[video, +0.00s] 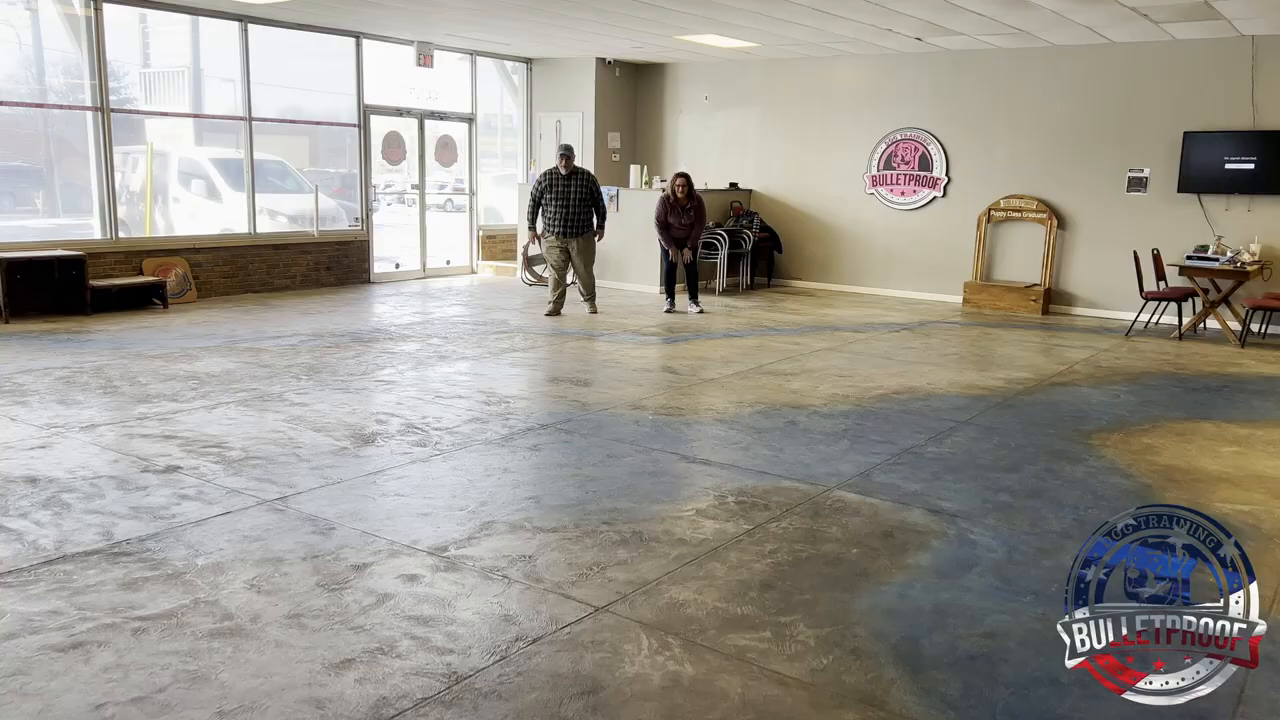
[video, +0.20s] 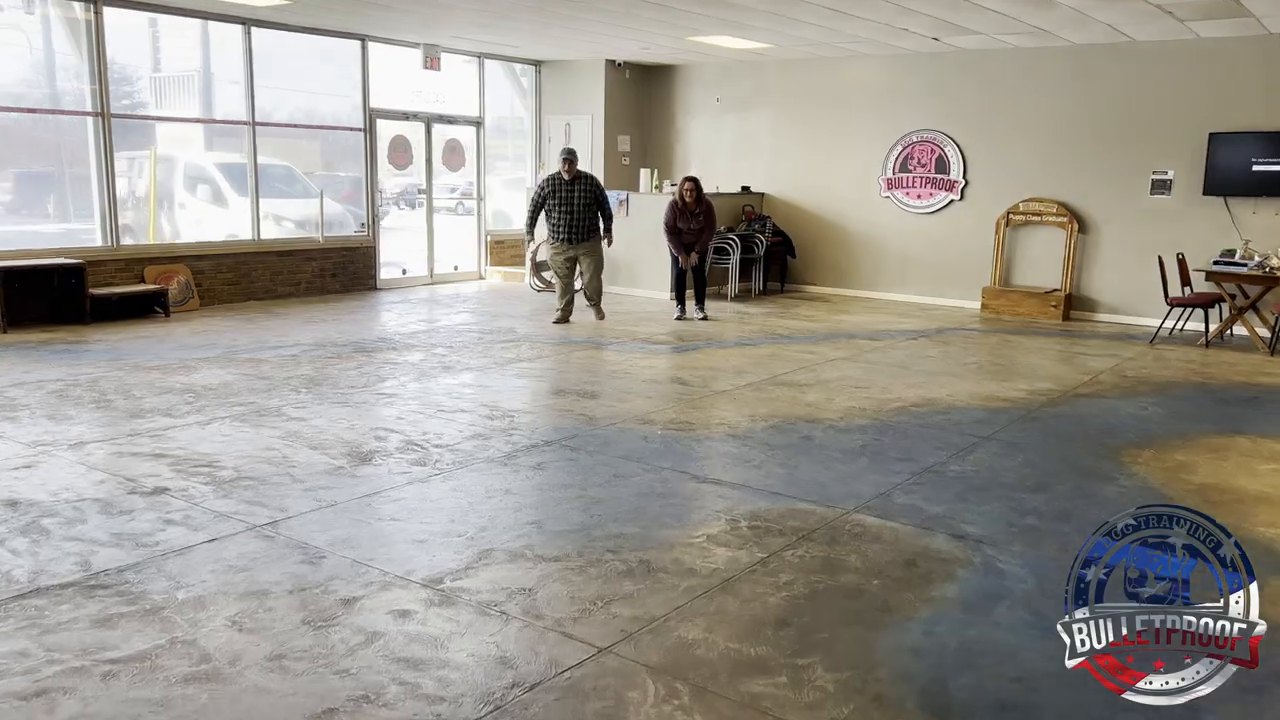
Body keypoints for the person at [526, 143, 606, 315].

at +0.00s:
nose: (564, 161)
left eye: (567, 158)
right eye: (561, 158)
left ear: (574, 159)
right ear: (556, 159)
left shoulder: (587, 178)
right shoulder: (546, 178)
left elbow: (599, 203)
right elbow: (533, 202)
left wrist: (600, 225)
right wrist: (531, 228)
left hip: (582, 236)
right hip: (553, 236)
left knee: (585, 272)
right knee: (555, 273)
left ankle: (590, 302)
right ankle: (554, 305)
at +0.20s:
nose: (567, 166)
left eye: (570, 162)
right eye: (563, 162)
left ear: (576, 163)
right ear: (559, 163)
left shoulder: (590, 182)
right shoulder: (548, 183)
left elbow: (605, 206)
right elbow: (534, 208)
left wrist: (608, 228)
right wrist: (529, 232)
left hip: (589, 242)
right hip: (559, 243)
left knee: (593, 278)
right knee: (563, 281)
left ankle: (595, 303)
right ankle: (563, 313)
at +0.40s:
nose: (572, 169)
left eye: (576, 165)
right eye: (570, 165)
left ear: (583, 167)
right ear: (565, 166)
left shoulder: (596, 185)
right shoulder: (554, 186)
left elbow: (609, 206)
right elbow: (543, 209)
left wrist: (610, 226)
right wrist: (541, 228)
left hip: (593, 245)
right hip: (564, 247)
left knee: (598, 283)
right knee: (568, 285)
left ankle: (602, 318)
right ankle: (568, 318)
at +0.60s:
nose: (582, 172)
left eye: (586, 169)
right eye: (579, 168)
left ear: (592, 171)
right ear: (575, 169)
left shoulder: (603, 190)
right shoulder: (564, 188)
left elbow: (607, 217)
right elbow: (553, 214)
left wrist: (587, 224)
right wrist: (570, 224)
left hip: (596, 251)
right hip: (568, 251)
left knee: (599, 290)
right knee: (570, 291)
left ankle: (603, 325)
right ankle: (570, 323)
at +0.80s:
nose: (588, 172)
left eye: (593, 168)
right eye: (585, 167)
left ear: (599, 170)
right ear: (580, 168)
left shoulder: (610, 190)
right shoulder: (569, 186)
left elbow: (613, 219)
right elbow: (557, 212)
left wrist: (593, 225)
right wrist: (575, 223)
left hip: (601, 252)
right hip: (571, 252)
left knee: (602, 293)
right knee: (570, 293)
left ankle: (603, 329)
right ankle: (568, 326)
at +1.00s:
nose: (589, 172)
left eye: (594, 168)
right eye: (586, 166)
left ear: (600, 169)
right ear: (579, 167)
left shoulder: (611, 188)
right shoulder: (569, 184)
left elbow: (617, 216)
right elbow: (558, 212)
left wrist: (594, 223)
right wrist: (577, 222)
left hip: (602, 253)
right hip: (570, 251)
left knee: (603, 293)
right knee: (563, 291)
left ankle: (601, 331)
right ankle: (559, 326)